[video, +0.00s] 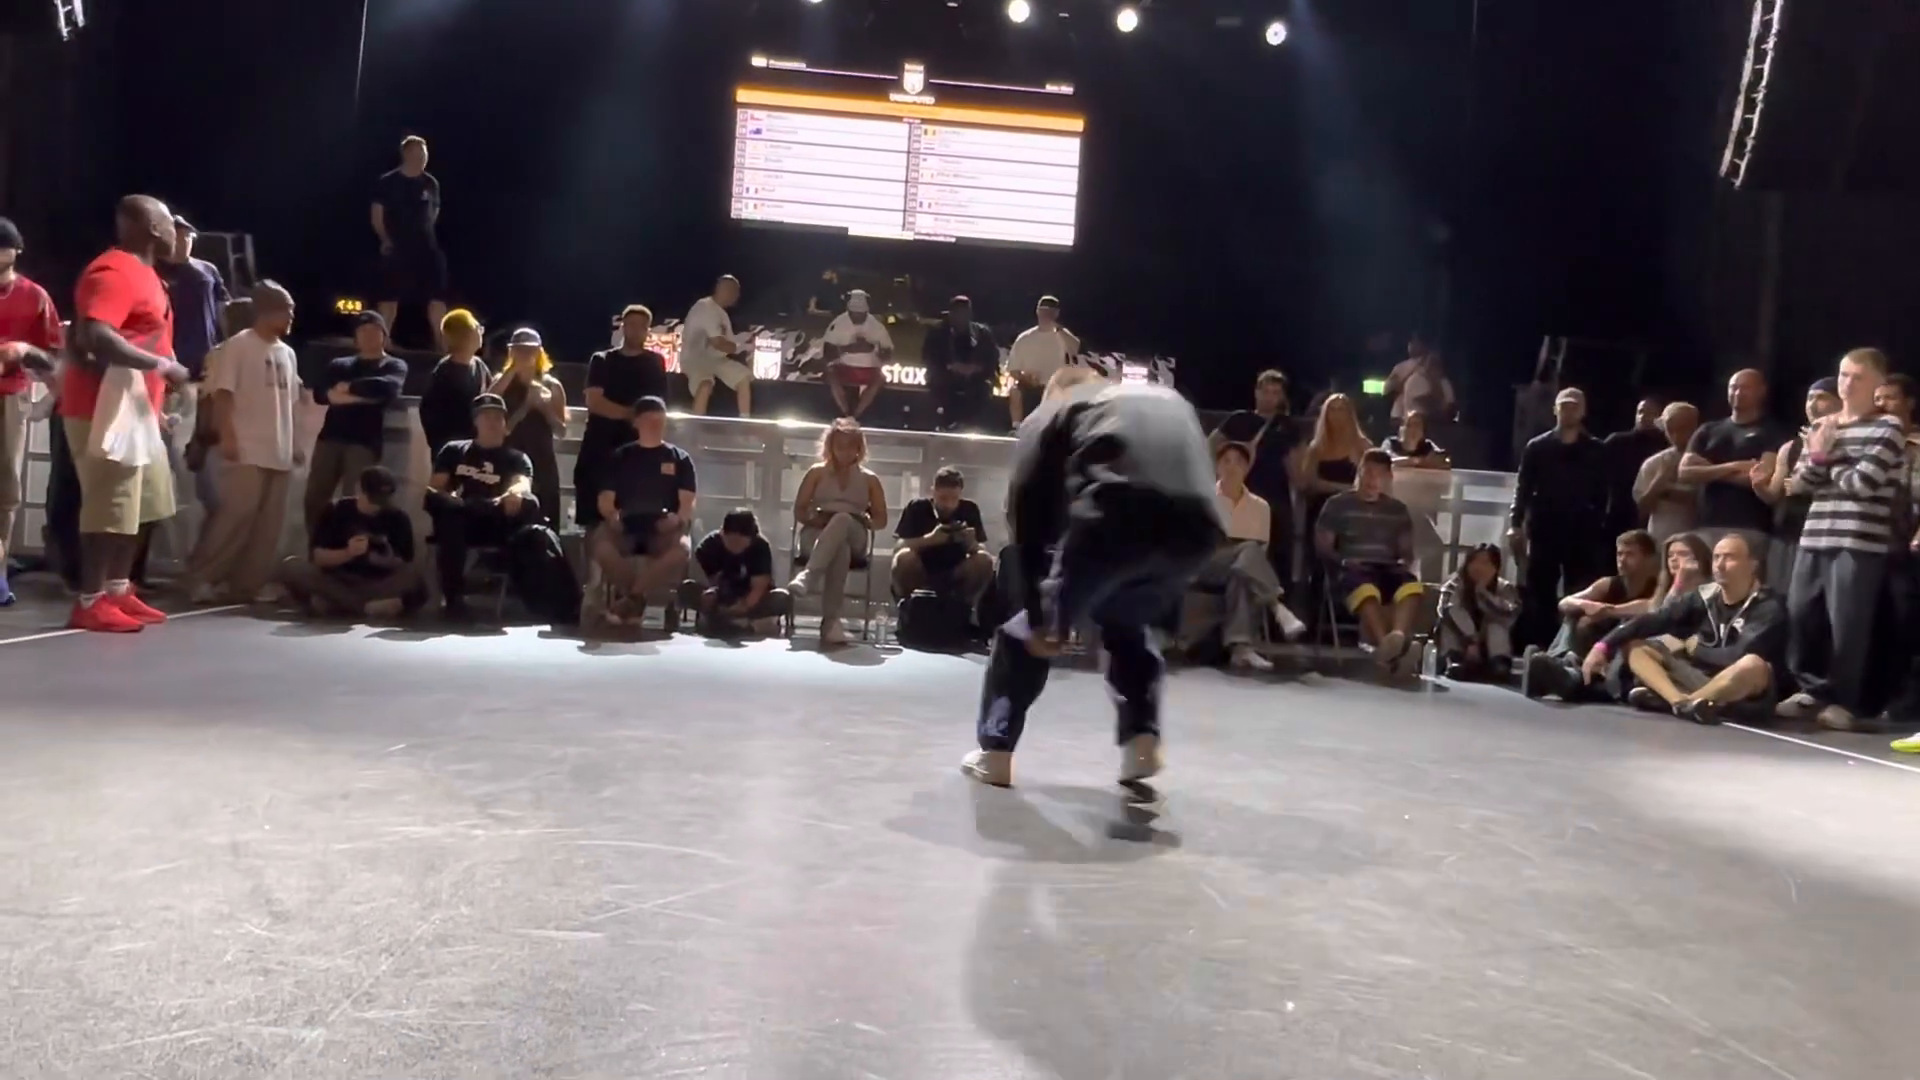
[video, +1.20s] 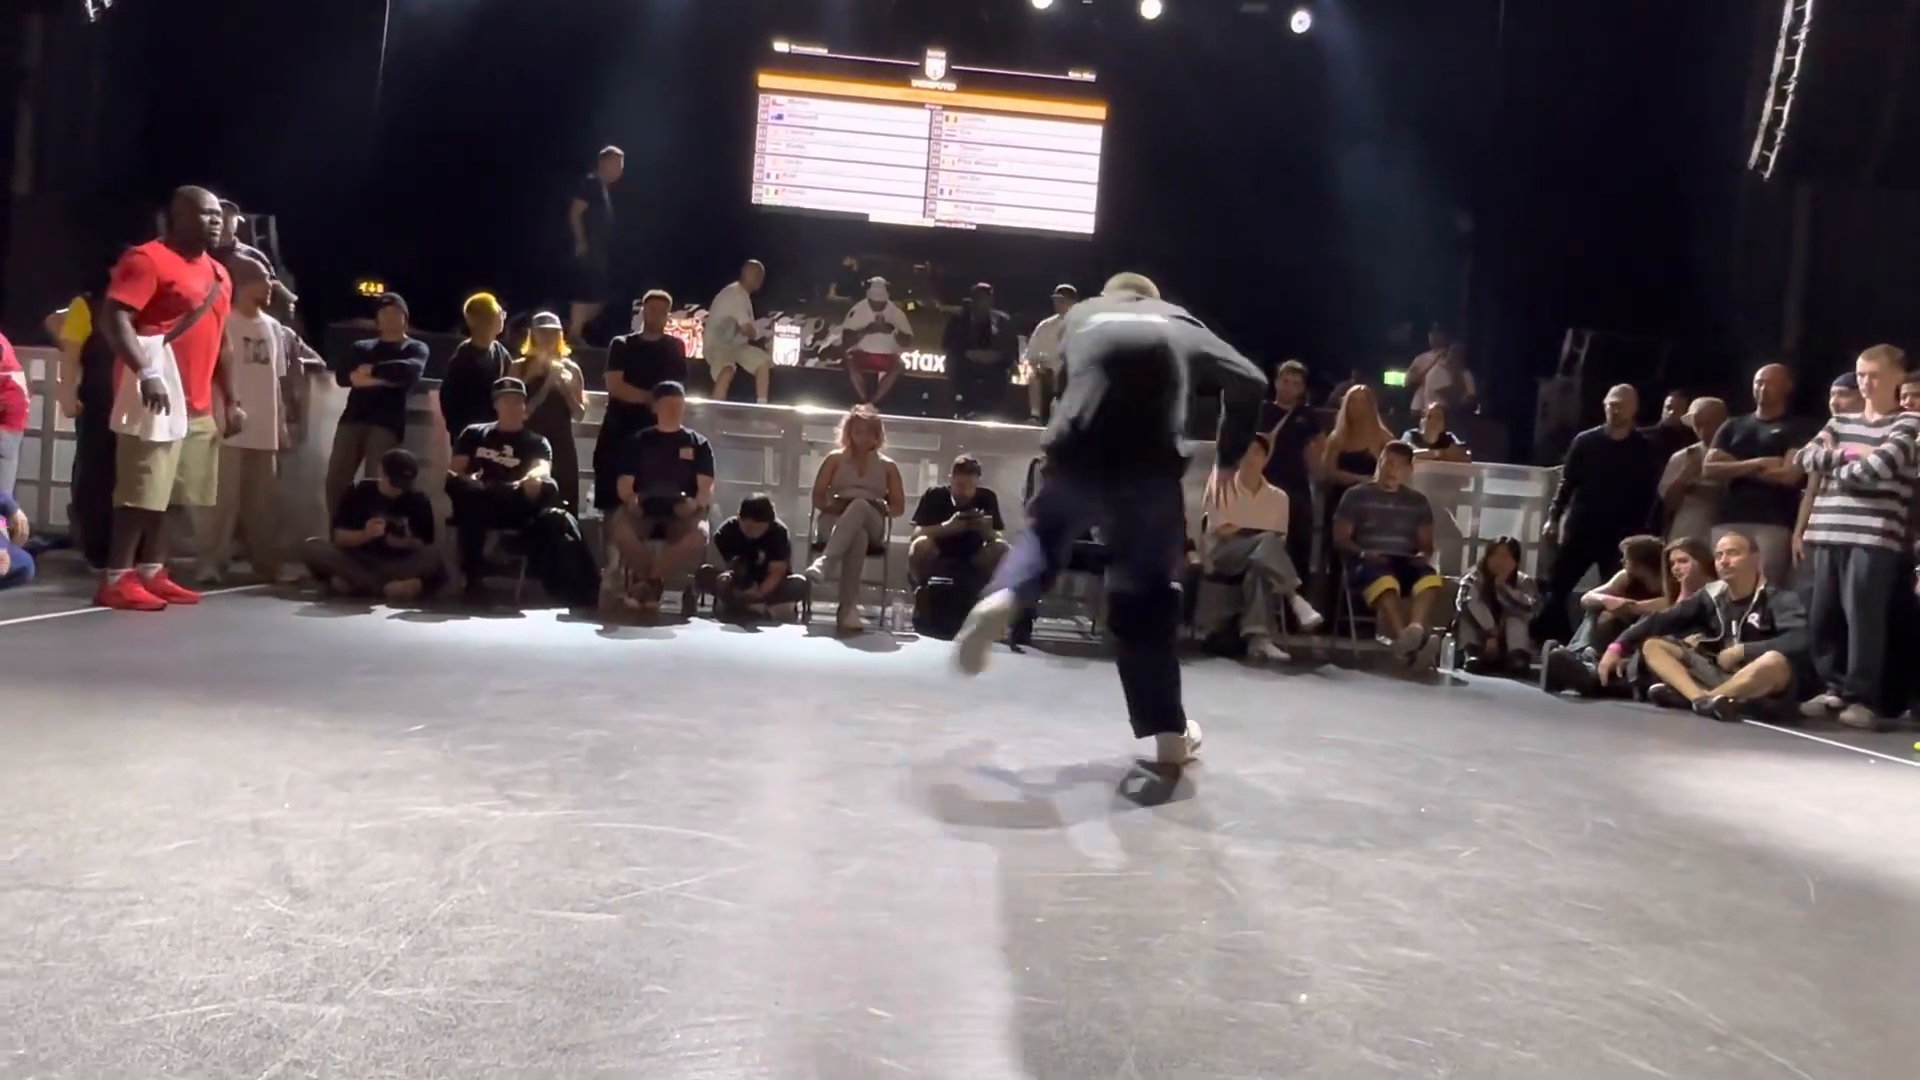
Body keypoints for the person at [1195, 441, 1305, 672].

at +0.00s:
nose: (1231, 466)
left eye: (1238, 461)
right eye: (1226, 460)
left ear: (1246, 468)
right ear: (1217, 466)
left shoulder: (1260, 507)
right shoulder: (1205, 499)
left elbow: (1259, 548)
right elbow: (1199, 545)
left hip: (1246, 569)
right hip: (1207, 566)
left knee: (1240, 577)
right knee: (1250, 550)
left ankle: (1242, 647)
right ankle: (1278, 607)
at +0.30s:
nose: (1237, 466)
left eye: (1243, 460)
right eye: (1231, 460)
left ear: (1251, 467)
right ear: (1223, 465)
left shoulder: (1265, 505)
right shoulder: (1206, 498)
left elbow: (1265, 545)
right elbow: (1206, 540)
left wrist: (1225, 537)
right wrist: (1252, 541)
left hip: (1250, 566)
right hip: (1211, 563)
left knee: (1244, 576)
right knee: (1254, 548)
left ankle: (1246, 646)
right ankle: (1282, 606)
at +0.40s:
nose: (1238, 465)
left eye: (1245, 460)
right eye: (1233, 459)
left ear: (1253, 466)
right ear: (1224, 464)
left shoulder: (1267, 505)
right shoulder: (1206, 497)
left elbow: (1265, 546)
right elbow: (1200, 541)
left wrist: (1227, 538)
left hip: (1251, 567)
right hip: (1211, 564)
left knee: (1247, 574)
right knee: (1255, 548)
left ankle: (1248, 645)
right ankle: (1284, 606)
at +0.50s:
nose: (1240, 465)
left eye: (1247, 459)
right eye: (1235, 459)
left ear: (1256, 466)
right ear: (1227, 464)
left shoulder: (1269, 505)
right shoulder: (1209, 498)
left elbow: (1269, 545)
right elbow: (1213, 539)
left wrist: (1229, 536)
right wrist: (1257, 540)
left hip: (1256, 565)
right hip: (1218, 562)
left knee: (1249, 575)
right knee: (1258, 548)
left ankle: (1250, 643)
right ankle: (1286, 605)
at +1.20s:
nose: (1252, 460)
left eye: (1258, 455)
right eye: (1248, 454)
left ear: (1266, 460)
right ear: (1240, 457)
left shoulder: (1278, 497)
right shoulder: (1220, 488)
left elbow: (1279, 539)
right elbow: (1221, 531)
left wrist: (1238, 529)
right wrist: (1268, 533)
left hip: (1264, 558)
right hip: (1224, 553)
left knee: (1257, 571)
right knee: (1269, 540)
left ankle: (1259, 639)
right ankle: (1295, 599)